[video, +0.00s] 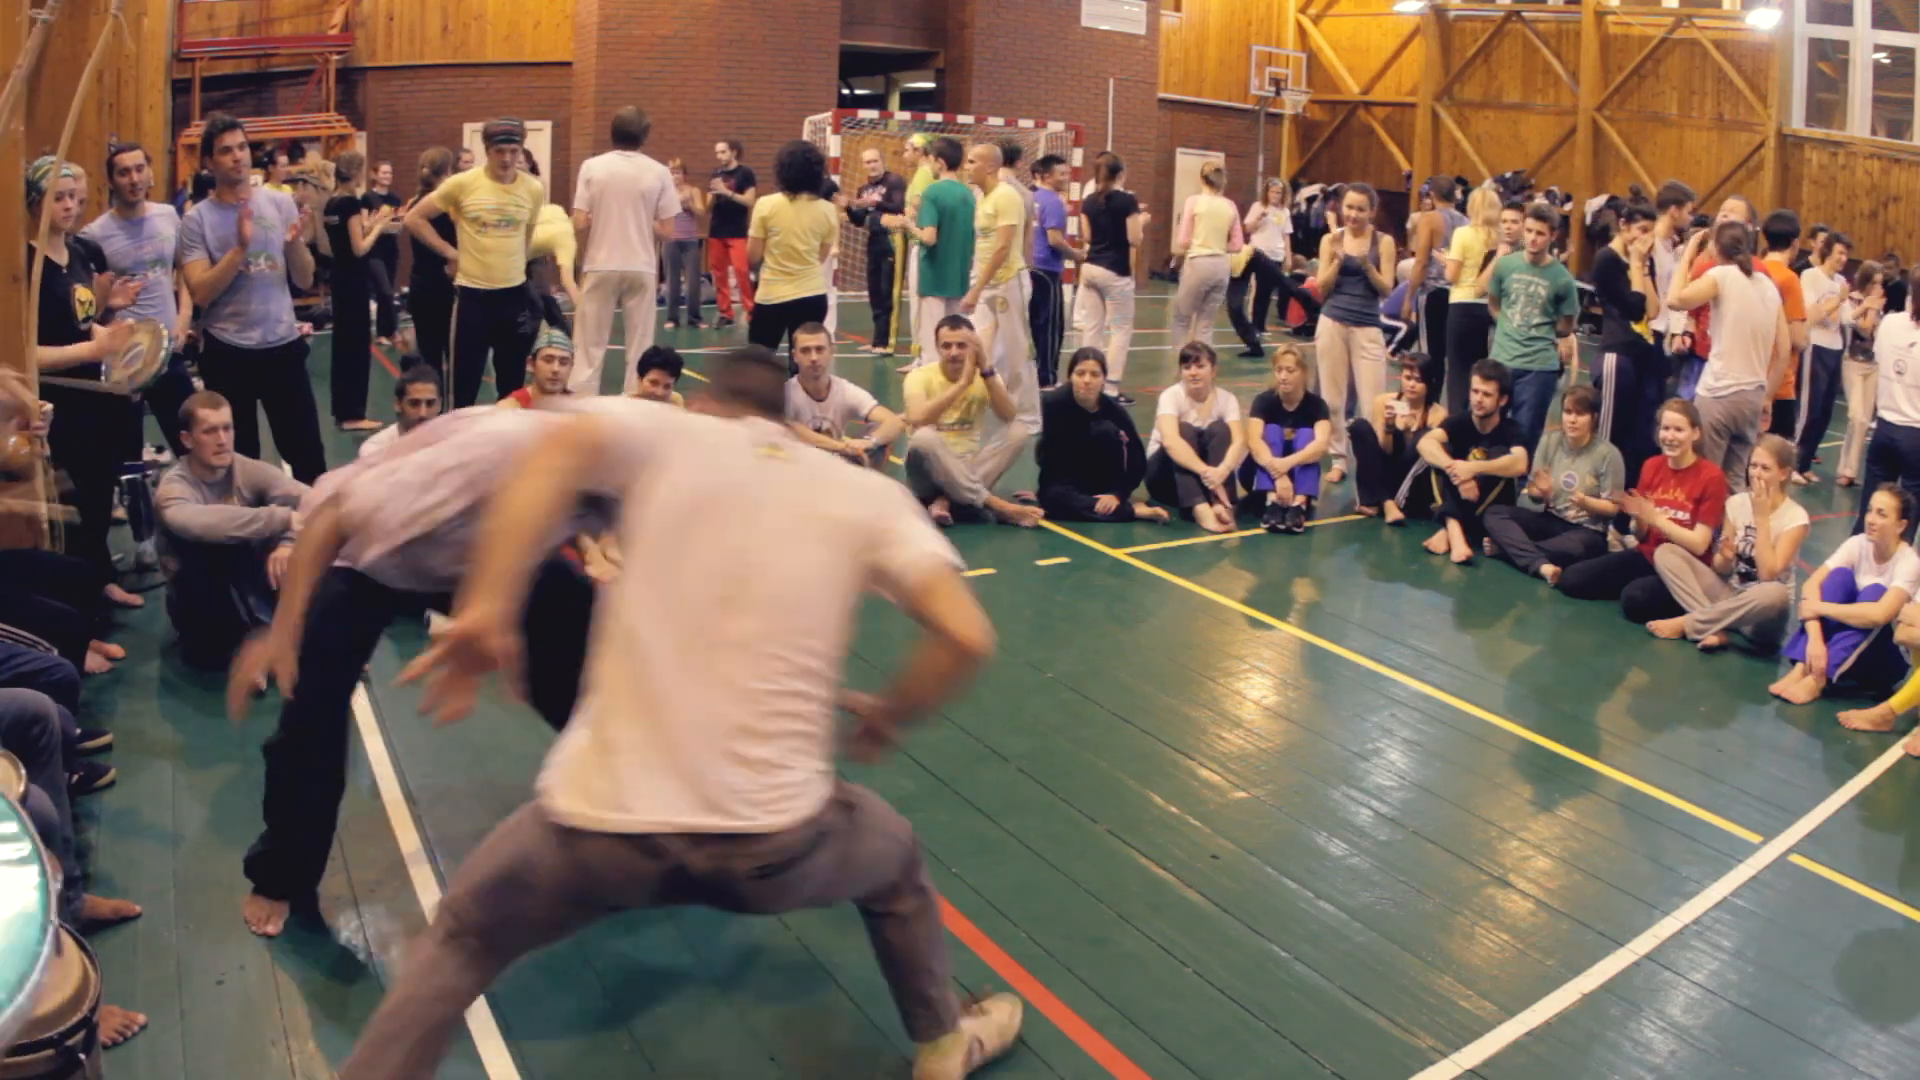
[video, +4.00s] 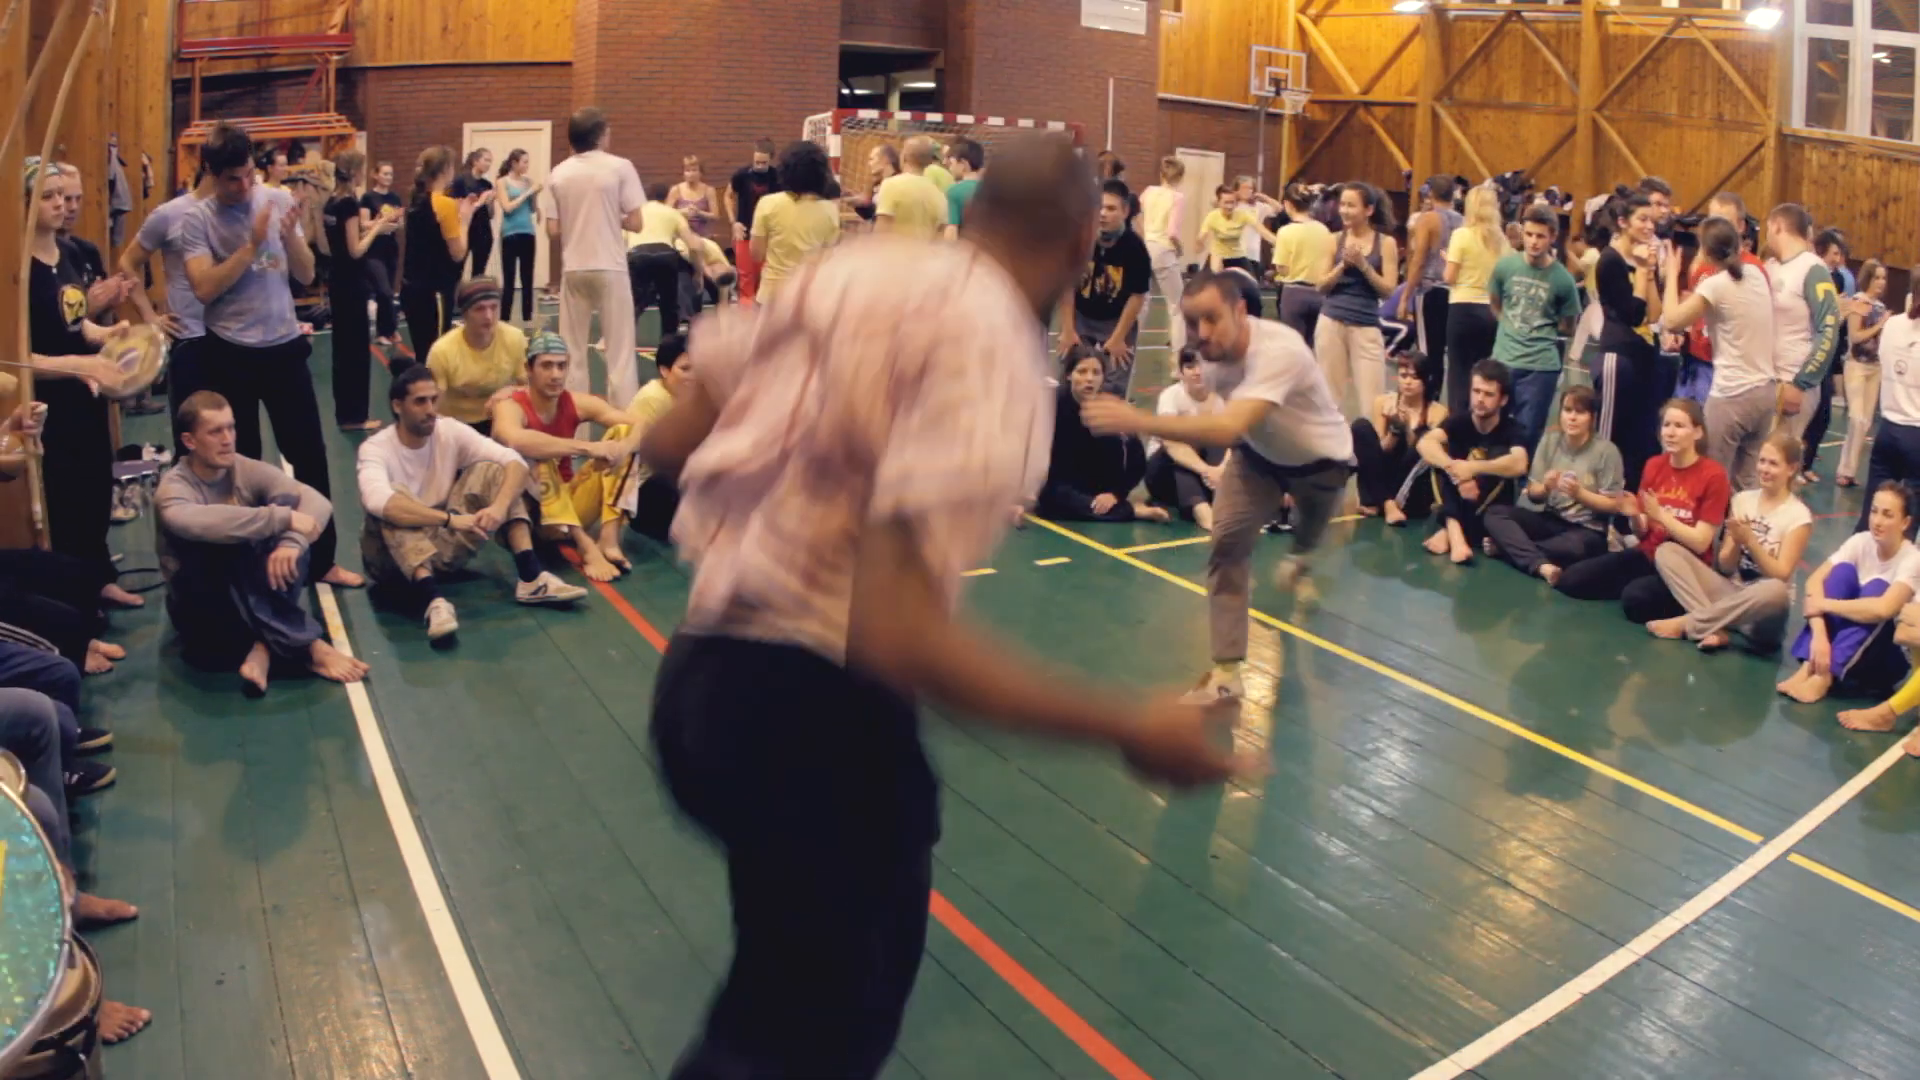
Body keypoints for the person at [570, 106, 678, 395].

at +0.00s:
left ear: (612, 134)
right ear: (644, 136)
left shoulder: (592, 167)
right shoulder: (658, 172)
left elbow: (580, 221)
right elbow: (667, 230)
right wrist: (641, 220)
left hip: (600, 264)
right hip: (641, 265)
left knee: (589, 345)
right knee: (640, 346)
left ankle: (580, 409)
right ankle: (634, 413)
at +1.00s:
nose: (589, 137)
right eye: (588, 133)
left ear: (553, 137)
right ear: (586, 137)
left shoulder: (537, 174)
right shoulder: (604, 170)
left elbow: (529, 229)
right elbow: (619, 227)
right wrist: (590, 233)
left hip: (555, 269)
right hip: (594, 268)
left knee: (556, 351)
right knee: (610, 348)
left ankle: (558, 421)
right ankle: (623, 418)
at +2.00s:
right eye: (588, 133)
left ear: (555, 137)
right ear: (587, 136)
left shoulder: (541, 174)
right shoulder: (605, 168)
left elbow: (531, 230)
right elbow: (620, 225)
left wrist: (560, 225)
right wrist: (597, 217)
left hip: (558, 269)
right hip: (596, 266)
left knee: (561, 347)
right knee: (610, 344)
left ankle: (563, 406)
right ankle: (611, 405)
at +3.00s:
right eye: (634, 131)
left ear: (603, 134)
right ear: (636, 135)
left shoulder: (586, 171)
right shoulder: (654, 172)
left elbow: (577, 227)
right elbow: (665, 229)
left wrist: (601, 220)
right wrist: (638, 221)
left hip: (599, 271)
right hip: (640, 271)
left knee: (588, 352)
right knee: (638, 352)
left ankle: (580, 429)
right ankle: (633, 430)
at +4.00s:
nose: (609, 135)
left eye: (607, 130)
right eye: (607, 131)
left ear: (573, 138)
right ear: (602, 135)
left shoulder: (558, 173)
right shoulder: (619, 167)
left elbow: (553, 229)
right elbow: (635, 223)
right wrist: (609, 216)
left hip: (573, 266)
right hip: (610, 265)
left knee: (573, 348)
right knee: (619, 347)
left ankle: (574, 423)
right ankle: (624, 423)